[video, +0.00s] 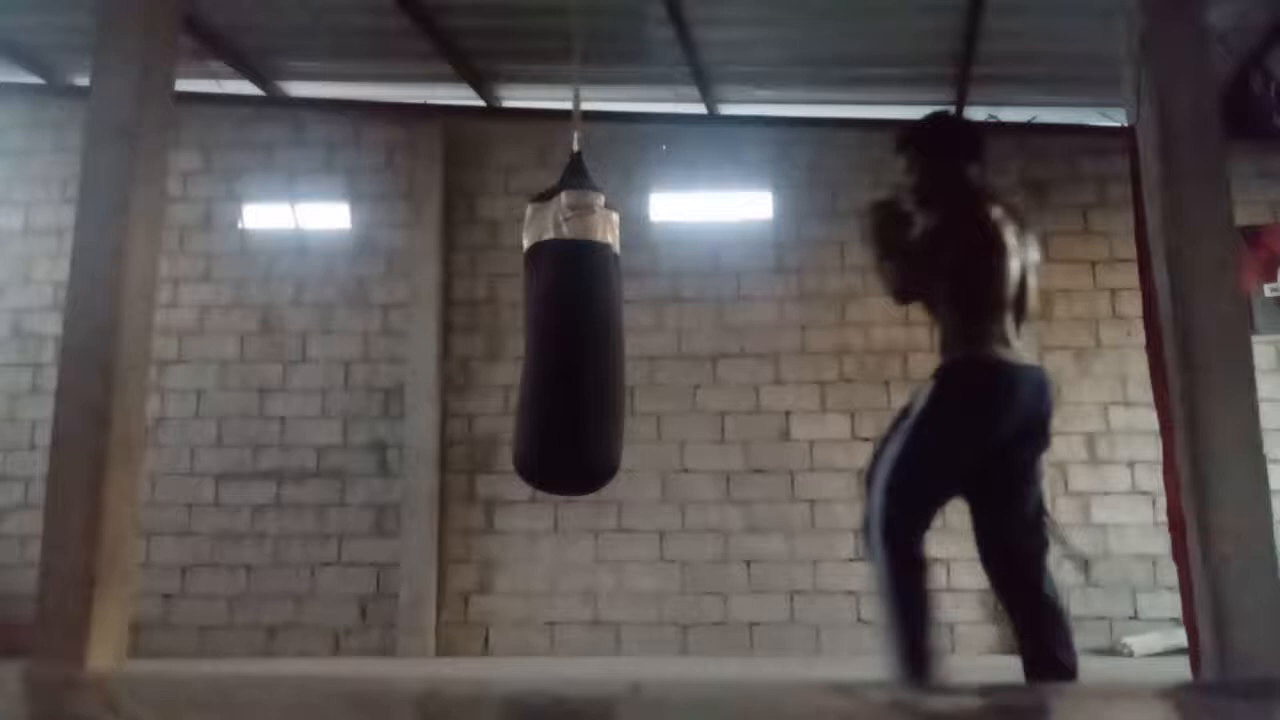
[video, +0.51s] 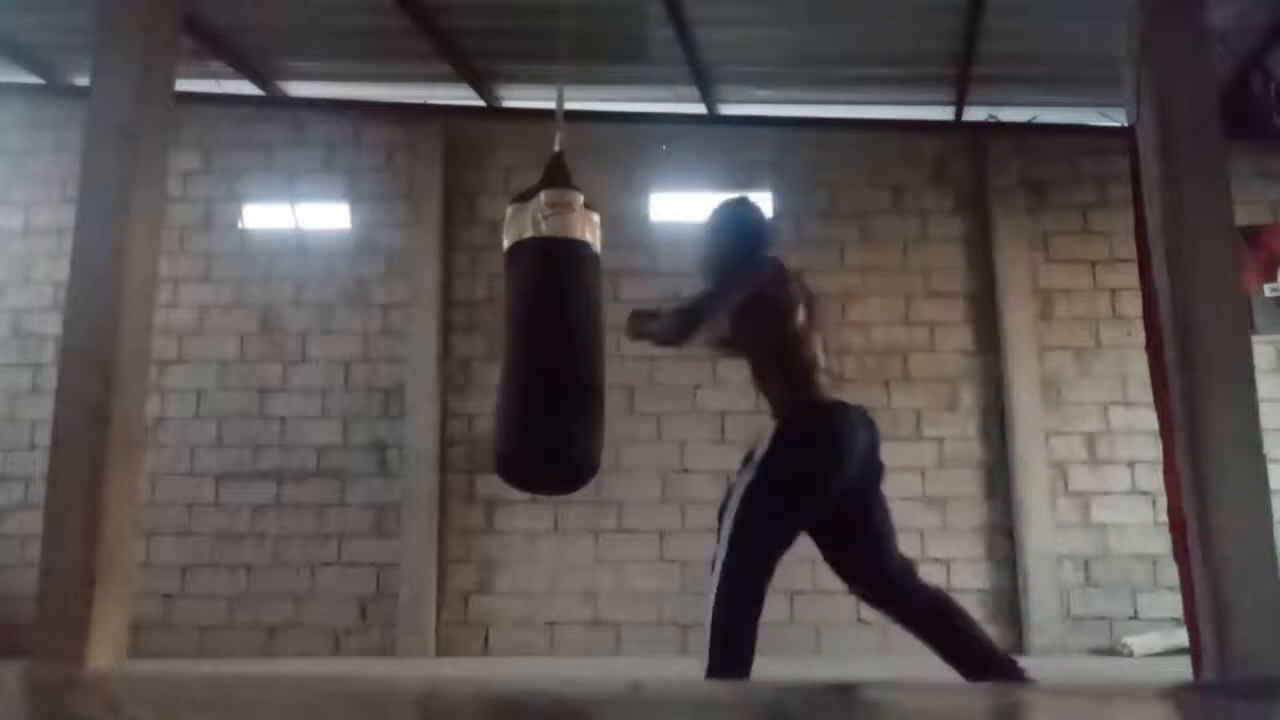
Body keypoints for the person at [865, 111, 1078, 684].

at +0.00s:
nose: (906, 178)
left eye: (913, 164)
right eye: (906, 165)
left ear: (940, 165)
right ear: (969, 162)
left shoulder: (955, 223)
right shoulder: (1013, 225)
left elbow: (907, 284)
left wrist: (888, 233)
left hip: (969, 385)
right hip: (1024, 385)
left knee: (891, 511)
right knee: (1013, 545)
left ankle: (916, 672)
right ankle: (1054, 680)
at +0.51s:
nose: (706, 248)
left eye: (712, 237)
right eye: (711, 238)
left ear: (728, 238)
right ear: (757, 234)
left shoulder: (754, 272)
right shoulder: (787, 281)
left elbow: (682, 326)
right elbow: (748, 340)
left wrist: (650, 326)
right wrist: (681, 332)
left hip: (805, 436)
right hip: (845, 430)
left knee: (741, 570)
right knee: (886, 580)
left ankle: (722, 701)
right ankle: (1006, 680)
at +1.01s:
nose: (671, 270)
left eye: (675, 259)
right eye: (670, 259)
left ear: (696, 257)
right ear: (717, 252)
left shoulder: (731, 298)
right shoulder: (754, 295)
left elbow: (687, 366)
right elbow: (716, 387)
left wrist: (664, 314)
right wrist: (675, 317)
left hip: (772, 444)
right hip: (812, 441)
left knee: (711, 565)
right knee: (805, 581)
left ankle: (720, 697)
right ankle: (872, 696)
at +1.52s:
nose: (604, 277)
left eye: (608, 267)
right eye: (605, 267)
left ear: (623, 264)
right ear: (652, 262)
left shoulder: (622, 300)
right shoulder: (694, 306)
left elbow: (544, 344)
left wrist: (487, 331)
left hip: (693, 448)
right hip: (738, 445)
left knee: (635, 569)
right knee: (744, 577)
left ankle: (614, 692)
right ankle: (844, 672)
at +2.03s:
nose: (569, 288)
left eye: (568, 277)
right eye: (565, 277)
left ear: (578, 274)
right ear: (613, 259)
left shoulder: (589, 326)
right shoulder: (670, 292)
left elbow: (532, 395)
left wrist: (474, 387)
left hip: (664, 444)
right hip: (722, 435)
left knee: (624, 586)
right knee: (768, 562)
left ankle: (607, 703)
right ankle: (842, 675)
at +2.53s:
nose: (701, 287)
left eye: (706, 275)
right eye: (700, 276)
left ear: (728, 274)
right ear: (747, 272)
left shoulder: (755, 315)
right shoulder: (787, 317)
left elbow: (754, 380)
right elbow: (798, 385)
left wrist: (707, 354)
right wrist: (726, 343)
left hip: (786, 456)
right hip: (825, 453)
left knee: (719, 573)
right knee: (833, 581)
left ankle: (766, 687)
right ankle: (911, 682)